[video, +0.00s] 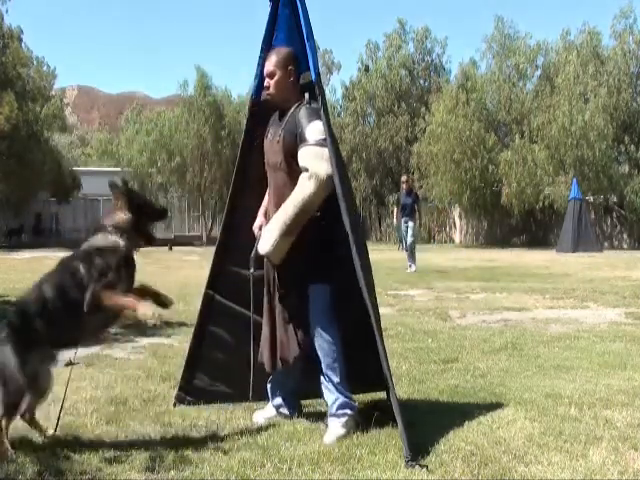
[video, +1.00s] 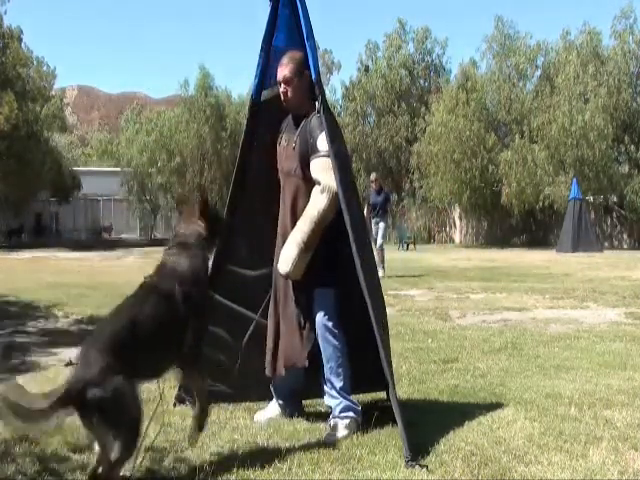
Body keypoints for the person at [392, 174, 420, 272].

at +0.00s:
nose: (404, 185)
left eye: (406, 183)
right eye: (403, 183)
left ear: (409, 183)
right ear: (401, 184)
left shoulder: (414, 194)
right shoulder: (400, 195)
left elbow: (418, 208)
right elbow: (396, 207)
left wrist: (420, 220)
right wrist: (395, 218)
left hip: (412, 218)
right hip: (403, 218)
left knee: (410, 241)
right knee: (405, 241)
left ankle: (412, 262)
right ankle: (409, 262)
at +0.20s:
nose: (401, 186)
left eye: (402, 184)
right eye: (399, 184)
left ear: (405, 185)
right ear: (397, 186)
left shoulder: (410, 196)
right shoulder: (394, 197)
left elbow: (416, 207)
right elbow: (391, 207)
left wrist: (420, 218)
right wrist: (391, 215)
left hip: (407, 220)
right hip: (397, 220)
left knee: (404, 244)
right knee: (403, 244)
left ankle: (404, 265)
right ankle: (409, 263)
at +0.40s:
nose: (395, 184)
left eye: (397, 182)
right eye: (394, 182)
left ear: (401, 182)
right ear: (392, 183)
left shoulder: (405, 194)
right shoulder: (390, 195)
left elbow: (410, 208)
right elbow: (388, 207)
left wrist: (412, 220)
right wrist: (387, 219)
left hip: (403, 220)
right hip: (394, 220)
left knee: (402, 244)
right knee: (392, 243)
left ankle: (403, 267)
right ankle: (399, 263)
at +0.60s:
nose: (389, 185)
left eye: (391, 183)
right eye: (387, 183)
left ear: (395, 184)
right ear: (385, 185)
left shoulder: (398, 194)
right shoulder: (386, 195)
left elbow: (401, 209)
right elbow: (384, 208)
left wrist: (394, 217)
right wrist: (382, 220)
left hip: (398, 222)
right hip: (388, 222)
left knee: (400, 246)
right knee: (386, 245)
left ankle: (402, 267)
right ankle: (383, 267)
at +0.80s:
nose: (381, 185)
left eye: (382, 182)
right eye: (379, 183)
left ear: (386, 183)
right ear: (377, 184)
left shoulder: (392, 194)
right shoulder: (377, 195)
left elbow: (394, 208)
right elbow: (374, 209)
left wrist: (387, 218)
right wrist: (372, 224)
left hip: (388, 222)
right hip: (379, 222)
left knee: (390, 247)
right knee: (380, 247)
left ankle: (398, 265)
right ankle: (381, 269)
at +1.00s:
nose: (374, 184)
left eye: (376, 181)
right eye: (372, 182)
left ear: (380, 182)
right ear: (370, 183)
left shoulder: (385, 194)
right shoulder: (370, 194)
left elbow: (390, 207)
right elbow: (367, 207)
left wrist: (392, 220)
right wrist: (366, 219)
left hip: (383, 218)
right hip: (373, 218)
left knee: (380, 243)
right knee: (375, 243)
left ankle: (381, 267)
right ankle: (379, 266)